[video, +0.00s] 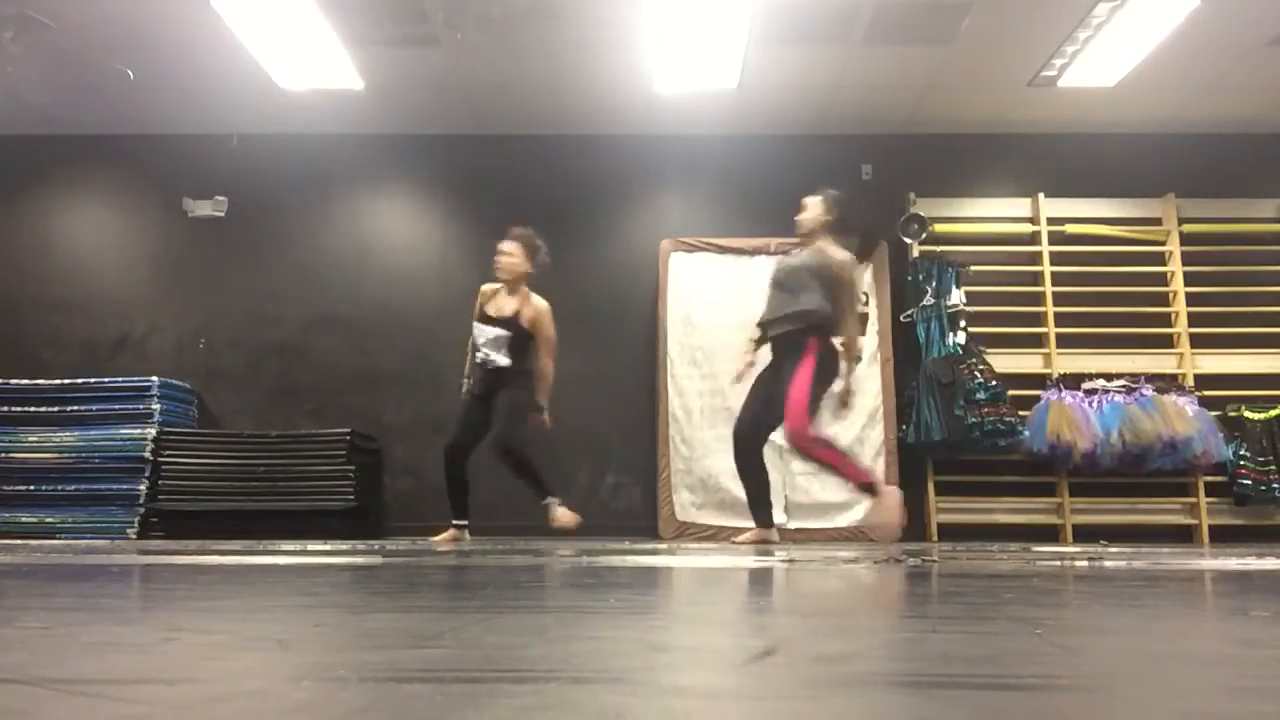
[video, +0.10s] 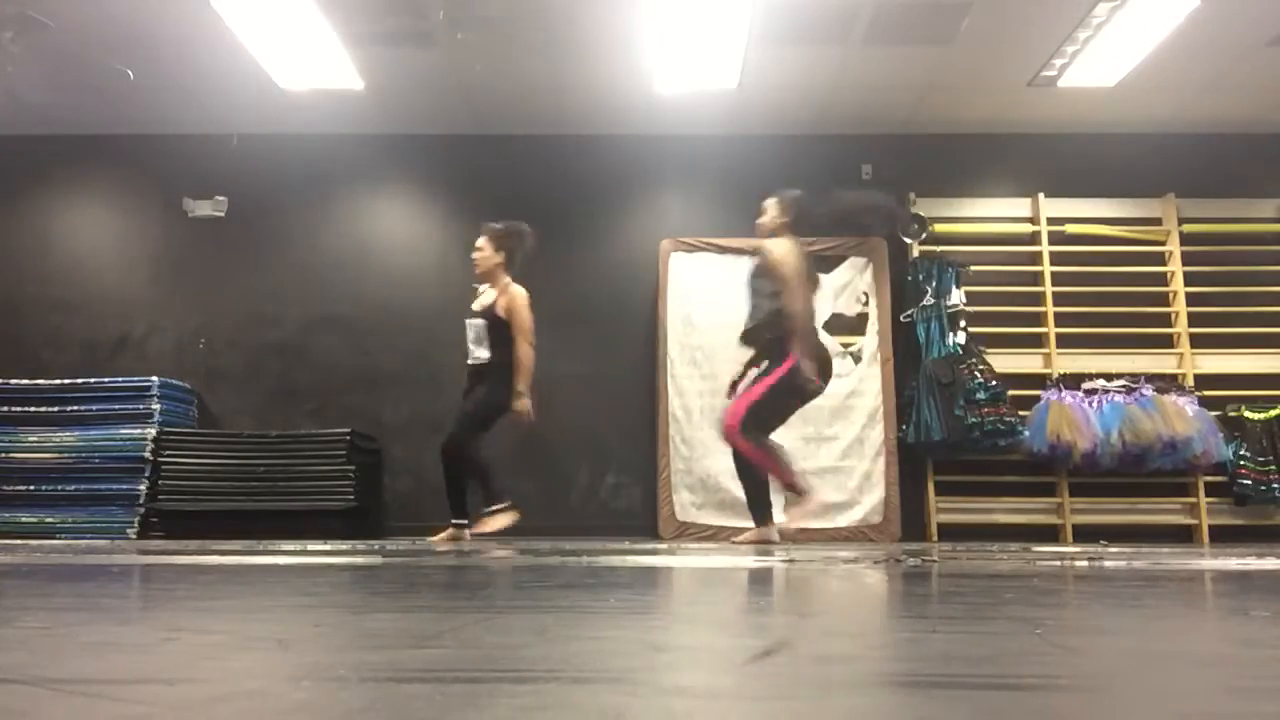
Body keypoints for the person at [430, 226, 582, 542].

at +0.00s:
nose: (499, 259)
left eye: (508, 255)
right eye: (498, 253)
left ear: (528, 265)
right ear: (496, 259)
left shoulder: (537, 308)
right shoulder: (486, 293)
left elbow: (545, 359)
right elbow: (475, 339)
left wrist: (542, 403)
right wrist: (467, 377)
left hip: (516, 386)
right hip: (483, 386)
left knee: (504, 443)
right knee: (456, 448)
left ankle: (552, 505)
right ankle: (459, 526)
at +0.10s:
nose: (473, 256)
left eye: (480, 250)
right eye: (474, 250)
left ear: (501, 256)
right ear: (489, 256)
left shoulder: (515, 295)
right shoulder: (482, 293)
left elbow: (525, 344)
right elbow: (482, 342)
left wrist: (522, 391)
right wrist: (472, 381)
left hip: (498, 381)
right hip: (476, 379)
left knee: (460, 442)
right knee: (456, 446)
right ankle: (460, 524)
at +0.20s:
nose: (464, 258)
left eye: (470, 251)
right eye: (465, 251)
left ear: (489, 256)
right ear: (486, 257)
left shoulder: (500, 290)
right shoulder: (487, 291)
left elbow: (500, 339)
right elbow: (484, 341)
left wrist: (485, 382)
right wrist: (468, 380)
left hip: (476, 379)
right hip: (468, 377)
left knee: (442, 444)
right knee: (446, 447)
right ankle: (453, 523)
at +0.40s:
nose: (455, 260)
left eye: (461, 254)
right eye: (457, 253)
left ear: (480, 257)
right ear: (481, 258)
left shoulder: (476, 283)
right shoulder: (498, 289)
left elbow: (461, 328)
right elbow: (484, 342)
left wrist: (432, 361)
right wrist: (448, 361)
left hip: (468, 383)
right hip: (483, 384)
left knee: (422, 440)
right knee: (446, 448)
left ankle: (437, 517)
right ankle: (457, 523)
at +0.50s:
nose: (452, 261)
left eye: (458, 255)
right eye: (454, 254)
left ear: (476, 258)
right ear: (477, 260)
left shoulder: (476, 285)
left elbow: (464, 332)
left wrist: (424, 351)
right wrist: (447, 373)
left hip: (476, 384)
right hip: (484, 385)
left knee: (422, 435)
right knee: (445, 445)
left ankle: (456, 506)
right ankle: (454, 521)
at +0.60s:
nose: (450, 261)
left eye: (456, 254)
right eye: (452, 254)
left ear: (474, 258)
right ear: (471, 259)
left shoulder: (488, 289)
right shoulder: (474, 293)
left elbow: (480, 332)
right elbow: (465, 335)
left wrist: (452, 351)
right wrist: (445, 342)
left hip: (481, 383)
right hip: (465, 384)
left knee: (463, 447)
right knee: (437, 451)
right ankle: (457, 524)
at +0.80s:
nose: (471, 255)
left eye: (479, 251)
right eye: (467, 249)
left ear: (490, 261)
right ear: (458, 255)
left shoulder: (496, 286)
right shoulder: (452, 291)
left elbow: (540, 291)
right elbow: (432, 304)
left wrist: (586, 289)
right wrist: (413, 300)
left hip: (510, 385)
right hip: (478, 391)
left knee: (534, 440)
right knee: (449, 453)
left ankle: (580, 512)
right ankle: (459, 527)